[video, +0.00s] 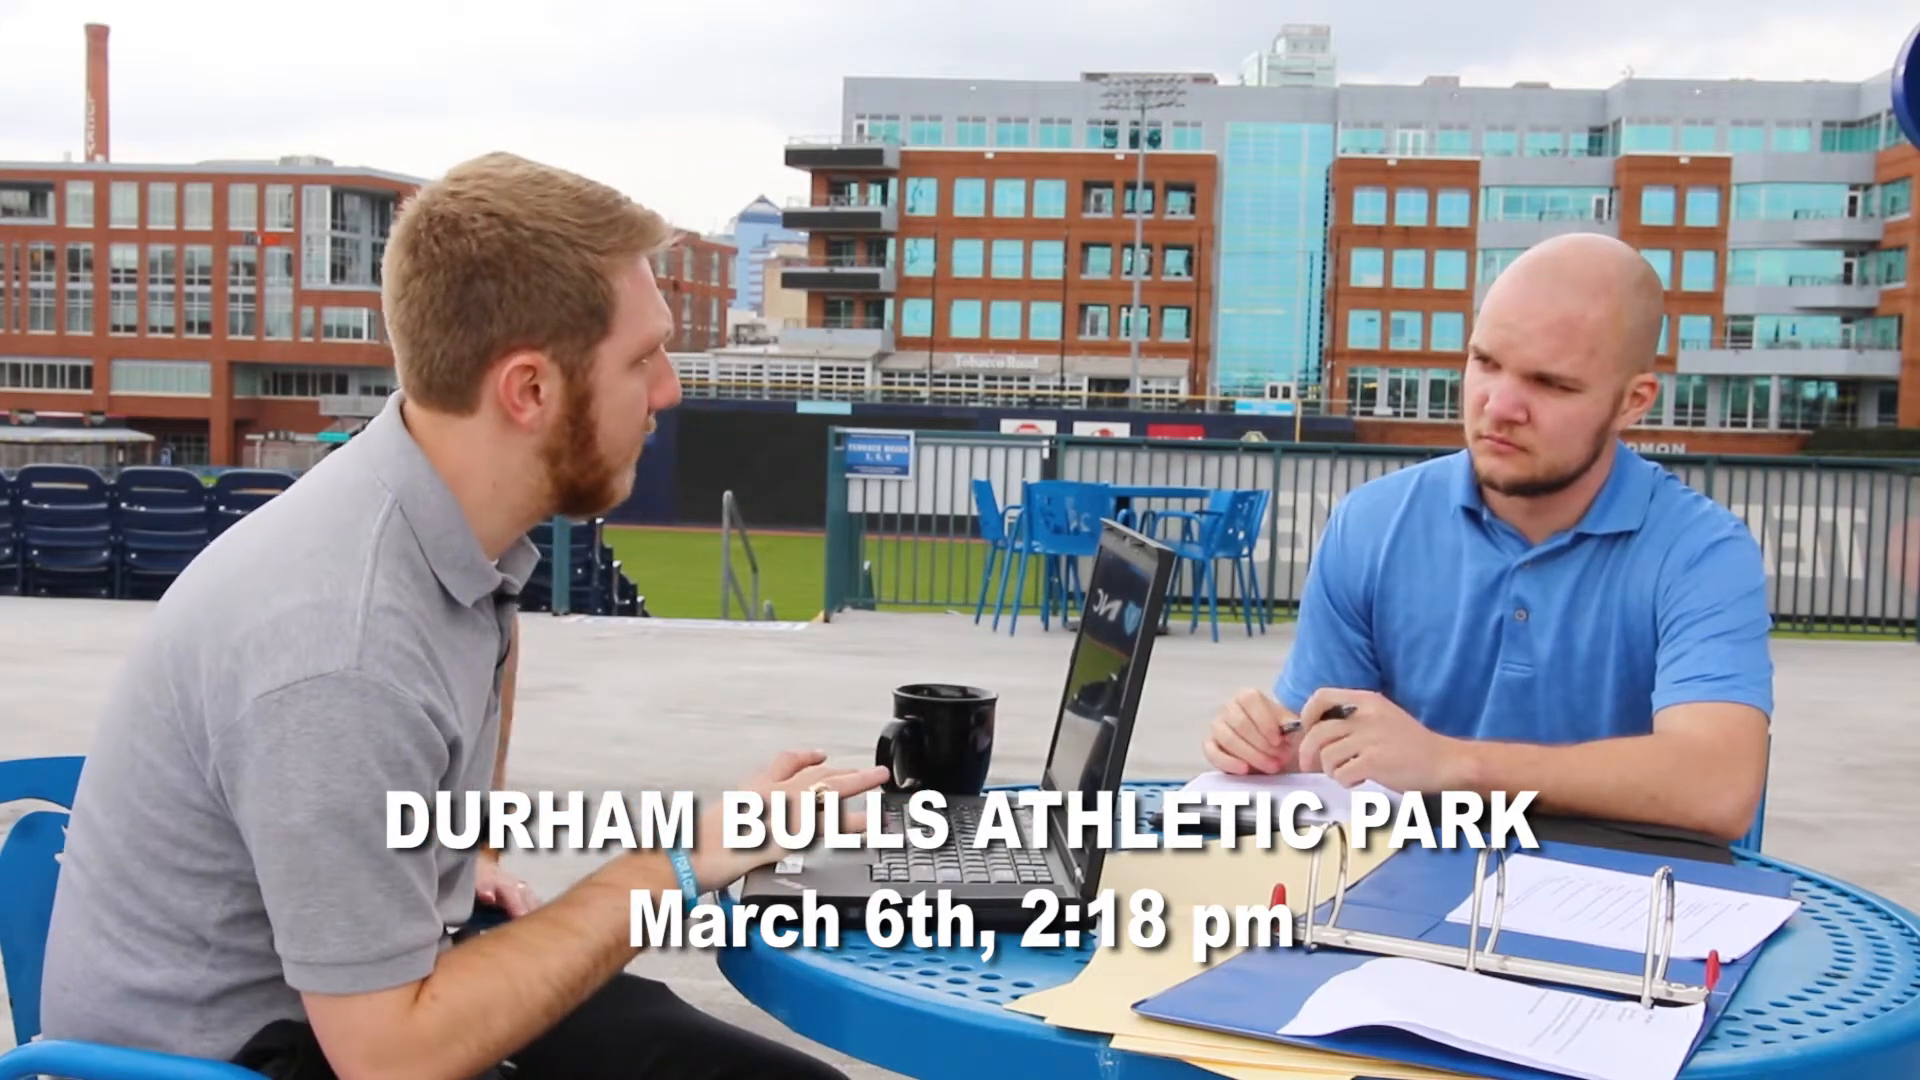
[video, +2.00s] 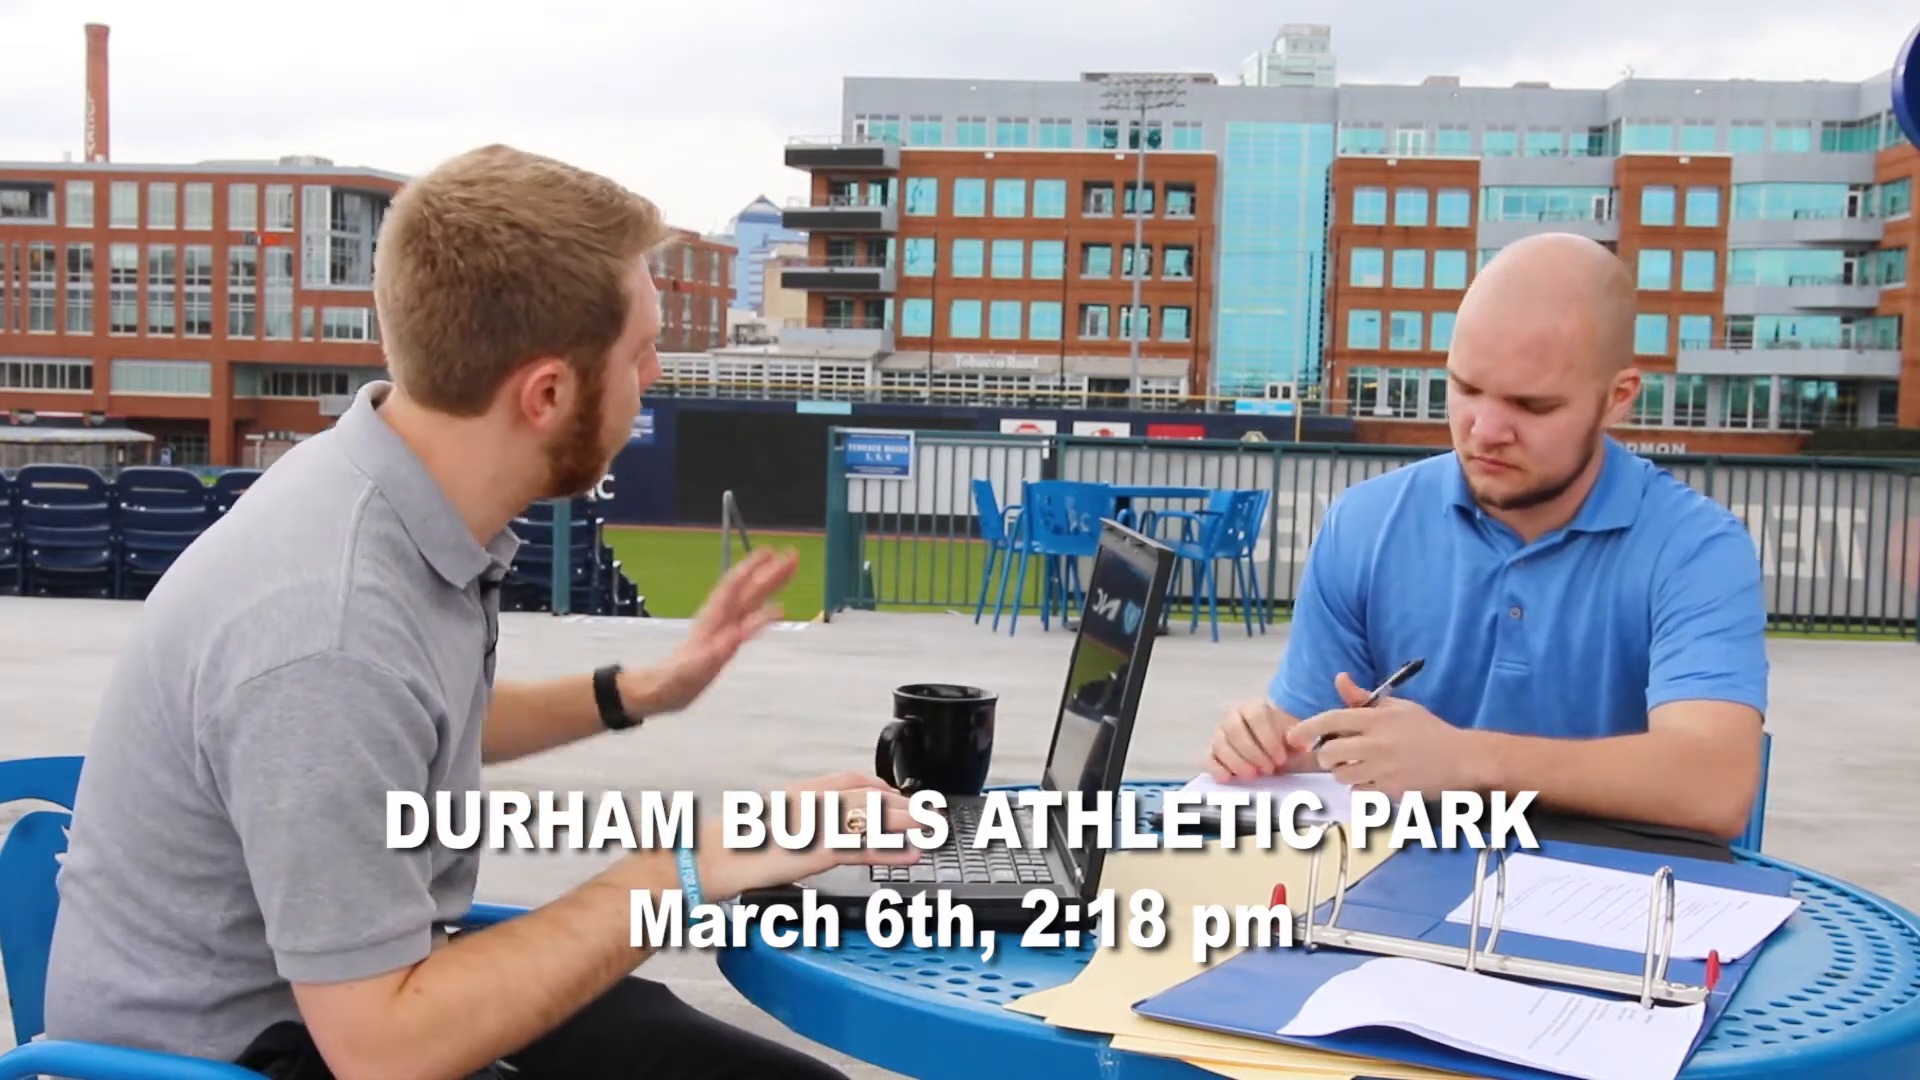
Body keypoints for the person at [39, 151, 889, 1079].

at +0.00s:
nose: (671, 393)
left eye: (664, 356)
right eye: (647, 361)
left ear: (519, 395)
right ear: (527, 393)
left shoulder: (436, 515)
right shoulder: (335, 657)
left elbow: (494, 651)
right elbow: (396, 1050)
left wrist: (465, 840)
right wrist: (687, 854)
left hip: (381, 947)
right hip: (214, 1044)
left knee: (805, 1067)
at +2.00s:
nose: (652, 376)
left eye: (649, 343)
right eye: (641, 349)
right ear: (544, 392)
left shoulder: (388, 496)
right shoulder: (322, 630)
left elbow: (422, 730)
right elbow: (384, 1039)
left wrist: (650, 687)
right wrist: (689, 870)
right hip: (213, 1046)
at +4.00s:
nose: (605, 358)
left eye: (608, 328)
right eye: (610, 329)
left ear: (397, 315)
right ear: (581, 354)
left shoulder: (325, 464)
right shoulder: (353, 611)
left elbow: (492, 569)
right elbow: (382, 1032)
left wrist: (740, 518)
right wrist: (710, 859)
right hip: (220, 1049)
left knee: (638, 1012)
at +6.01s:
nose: (768, 376)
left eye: (759, 338)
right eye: (744, 343)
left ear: (637, 373)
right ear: (633, 370)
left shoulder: (530, 496)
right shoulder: (439, 513)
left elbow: (306, 724)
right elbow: (71, 689)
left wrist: (501, 867)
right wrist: (213, 1024)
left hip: (451, 961)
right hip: (290, 1020)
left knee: (830, 1075)